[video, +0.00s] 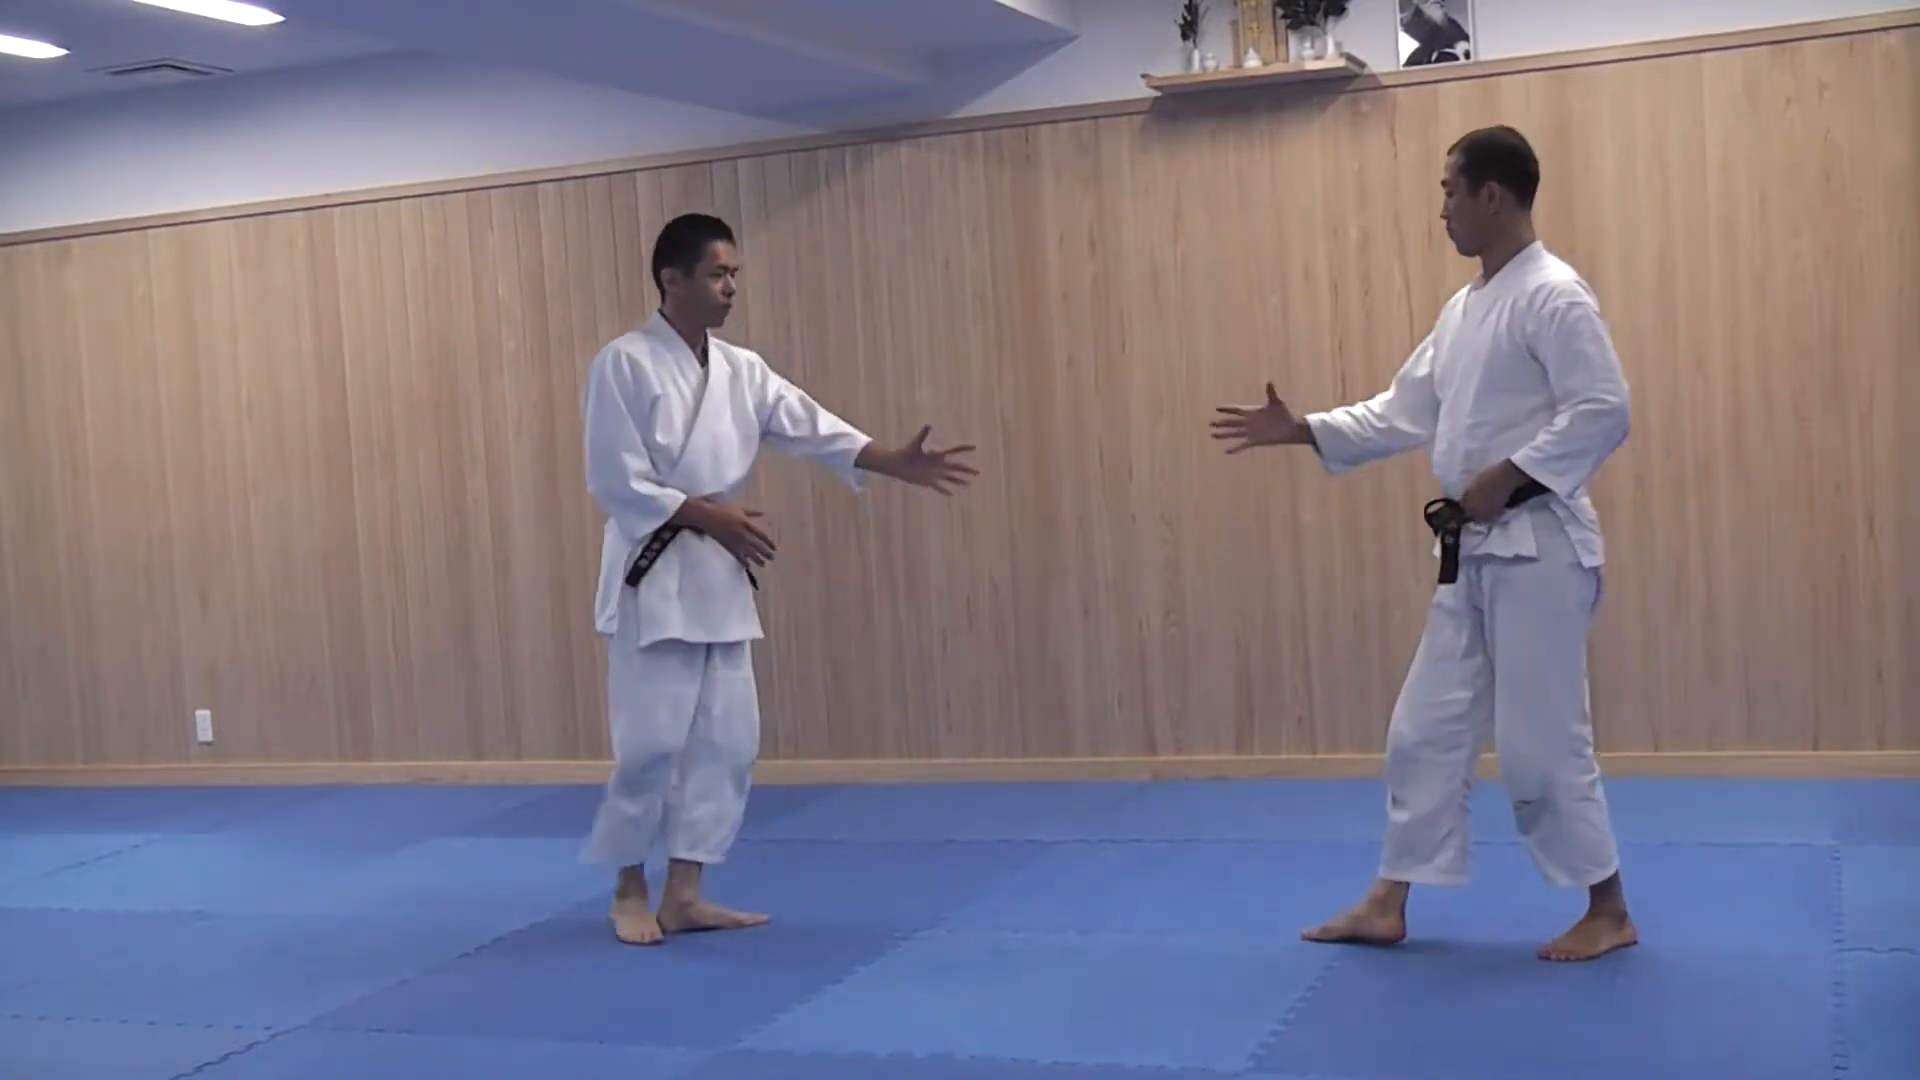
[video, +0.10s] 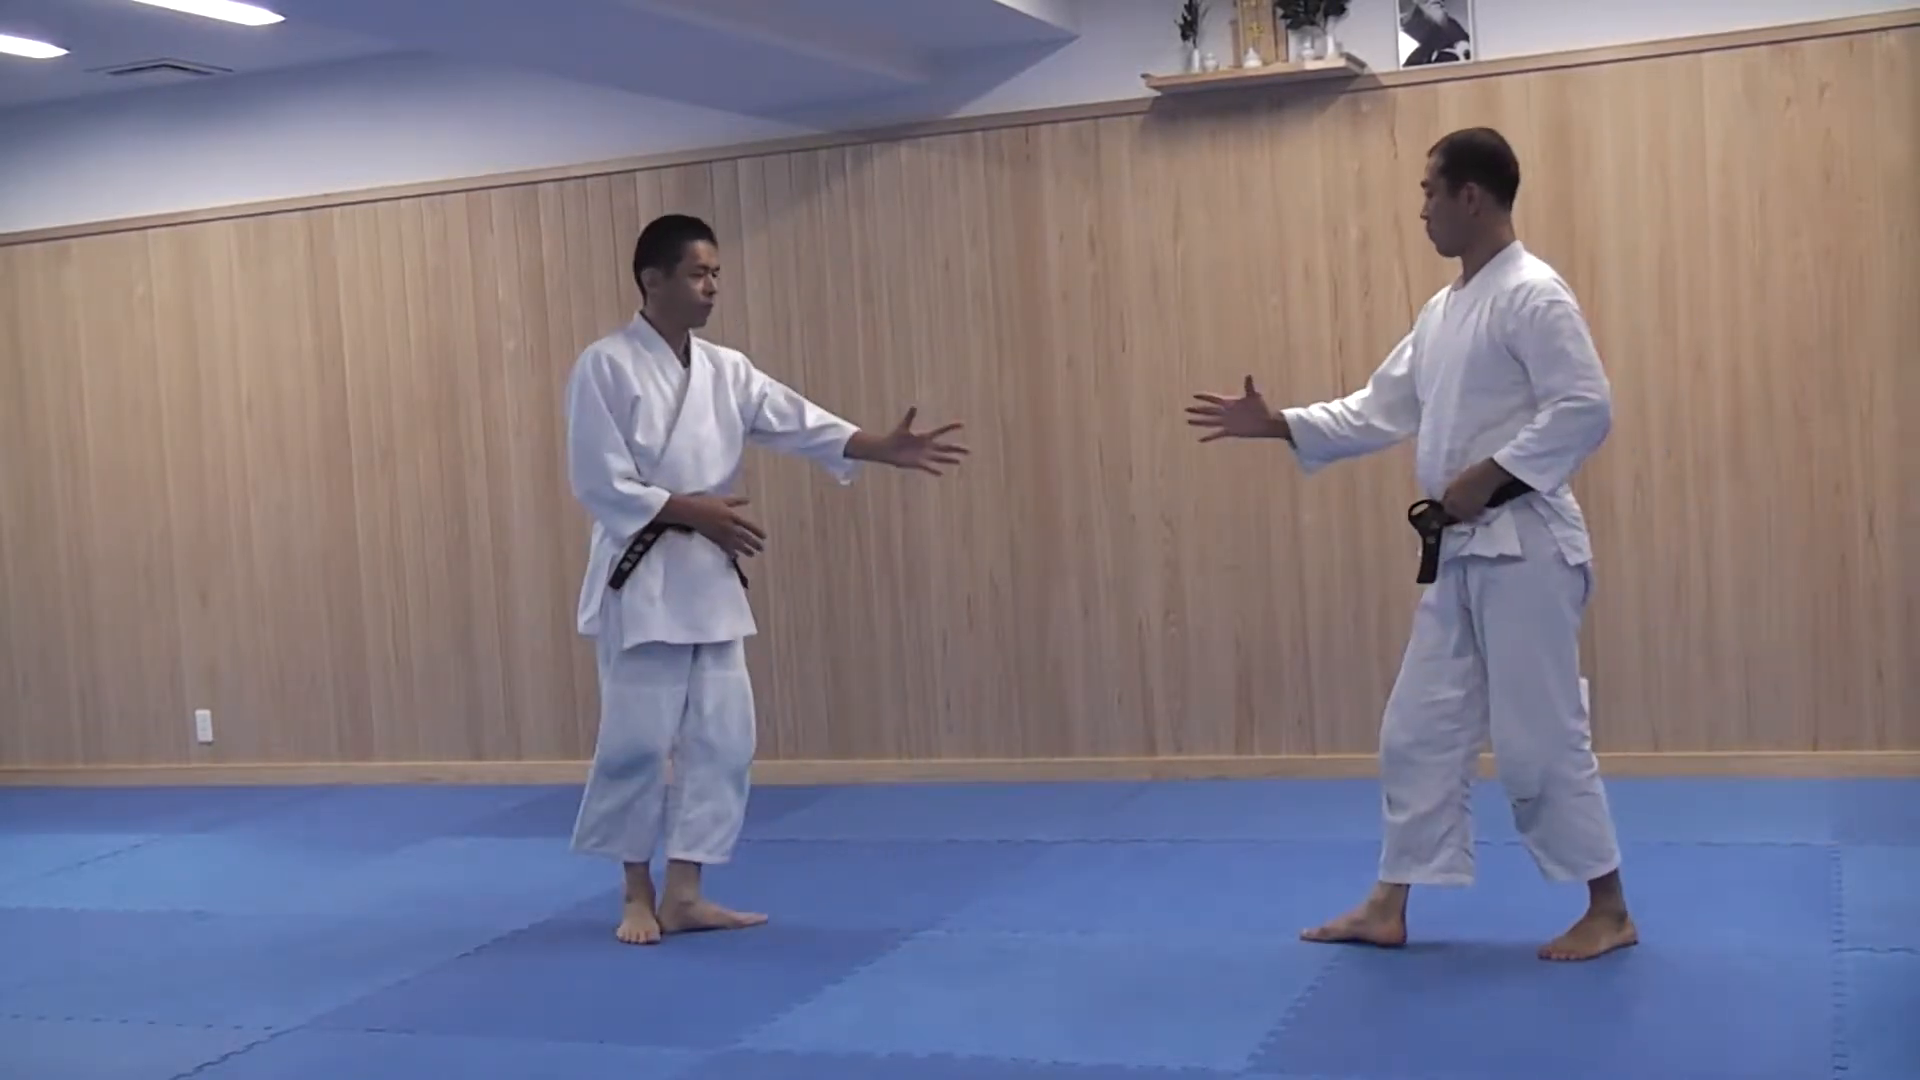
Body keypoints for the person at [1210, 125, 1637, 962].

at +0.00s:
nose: (1441, 206)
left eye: (1452, 191)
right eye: (1442, 190)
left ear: (1498, 196)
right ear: (1491, 198)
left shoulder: (1555, 295)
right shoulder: (1463, 308)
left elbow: (1603, 409)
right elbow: (1402, 411)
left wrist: (1510, 476)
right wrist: (1302, 428)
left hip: (1540, 546)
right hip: (1472, 550)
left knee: (1545, 738)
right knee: (1422, 731)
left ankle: (1608, 912)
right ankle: (1386, 902)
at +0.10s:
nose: (1422, 209)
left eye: (1433, 193)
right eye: (1423, 194)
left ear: (1476, 198)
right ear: (1473, 200)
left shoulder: (1534, 294)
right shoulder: (1442, 311)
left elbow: (1585, 405)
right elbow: (1381, 408)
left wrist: (1491, 476)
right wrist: (1275, 421)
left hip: (1528, 547)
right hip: (1459, 552)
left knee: (1543, 736)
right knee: (1417, 732)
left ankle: (1609, 911)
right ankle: (1386, 905)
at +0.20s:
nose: (1405, 212)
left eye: (1414, 195)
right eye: (1406, 196)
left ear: (1457, 200)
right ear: (1457, 202)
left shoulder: (1517, 296)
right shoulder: (1424, 313)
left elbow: (1566, 408)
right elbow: (1364, 408)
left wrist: (1472, 479)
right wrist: (1259, 420)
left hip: (1519, 547)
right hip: (1449, 554)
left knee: (1543, 737)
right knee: (1408, 733)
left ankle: (1609, 909)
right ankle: (1386, 906)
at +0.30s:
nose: (1391, 215)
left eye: (1400, 199)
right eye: (1391, 199)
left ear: (1445, 203)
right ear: (1438, 204)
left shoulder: (1503, 299)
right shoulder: (1412, 316)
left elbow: (1552, 408)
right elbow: (1350, 409)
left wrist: (1459, 480)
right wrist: (1246, 421)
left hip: (1512, 547)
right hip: (1443, 555)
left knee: (1543, 735)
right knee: (1402, 734)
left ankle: (1610, 910)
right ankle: (1386, 908)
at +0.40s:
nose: (1381, 216)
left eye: (1390, 200)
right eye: (1382, 200)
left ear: (1433, 203)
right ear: (1428, 205)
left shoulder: (1494, 300)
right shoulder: (1403, 318)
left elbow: (1539, 411)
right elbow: (1340, 410)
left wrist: (1446, 486)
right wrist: (1235, 423)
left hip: (1508, 546)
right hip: (1438, 555)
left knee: (1546, 734)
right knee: (1400, 735)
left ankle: (1610, 909)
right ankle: (1385, 908)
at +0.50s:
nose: (1373, 217)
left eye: (1382, 200)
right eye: (1374, 201)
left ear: (1426, 204)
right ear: (1421, 205)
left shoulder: (1490, 301)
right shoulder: (1397, 319)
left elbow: (1523, 418)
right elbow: (1334, 411)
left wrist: (1433, 488)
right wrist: (1231, 424)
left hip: (1507, 545)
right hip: (1437, 552)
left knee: (1548, 733)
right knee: (1399, 736)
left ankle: (1611, 909)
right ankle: (1385, 909)